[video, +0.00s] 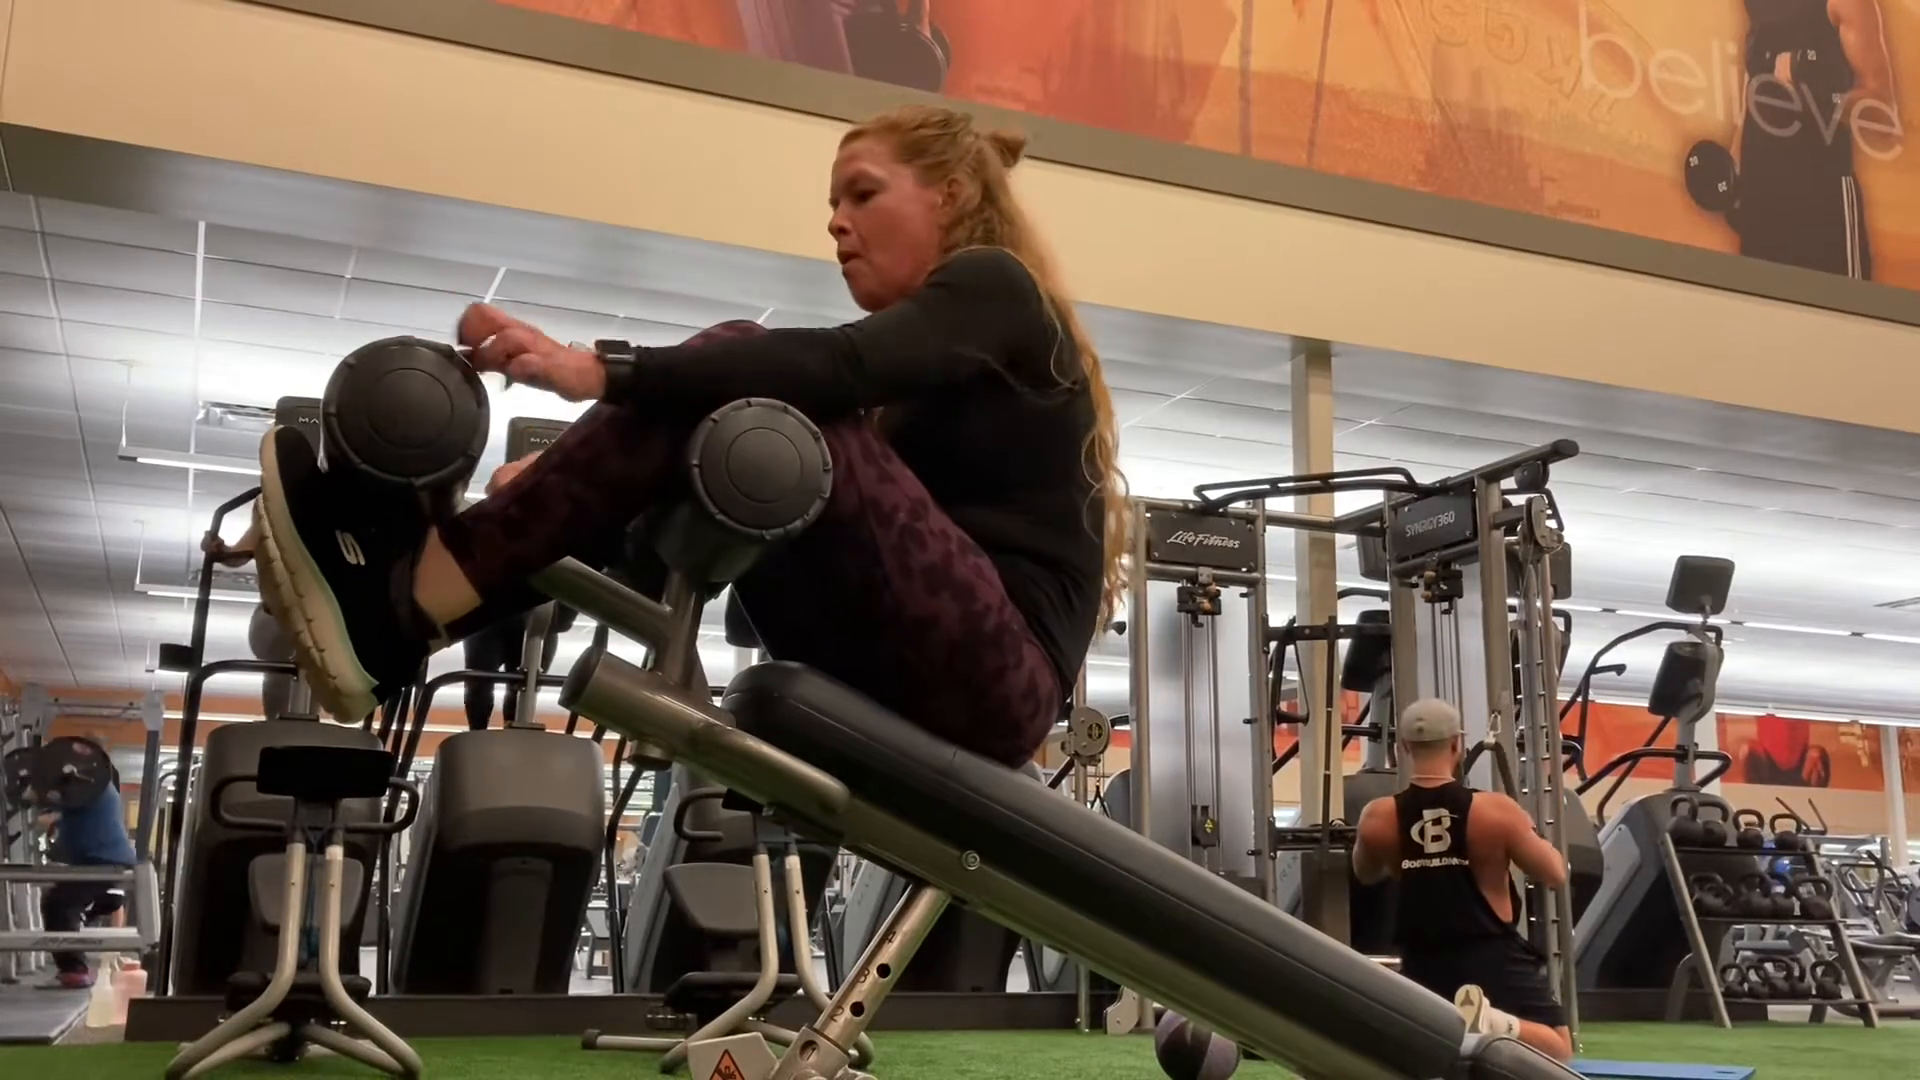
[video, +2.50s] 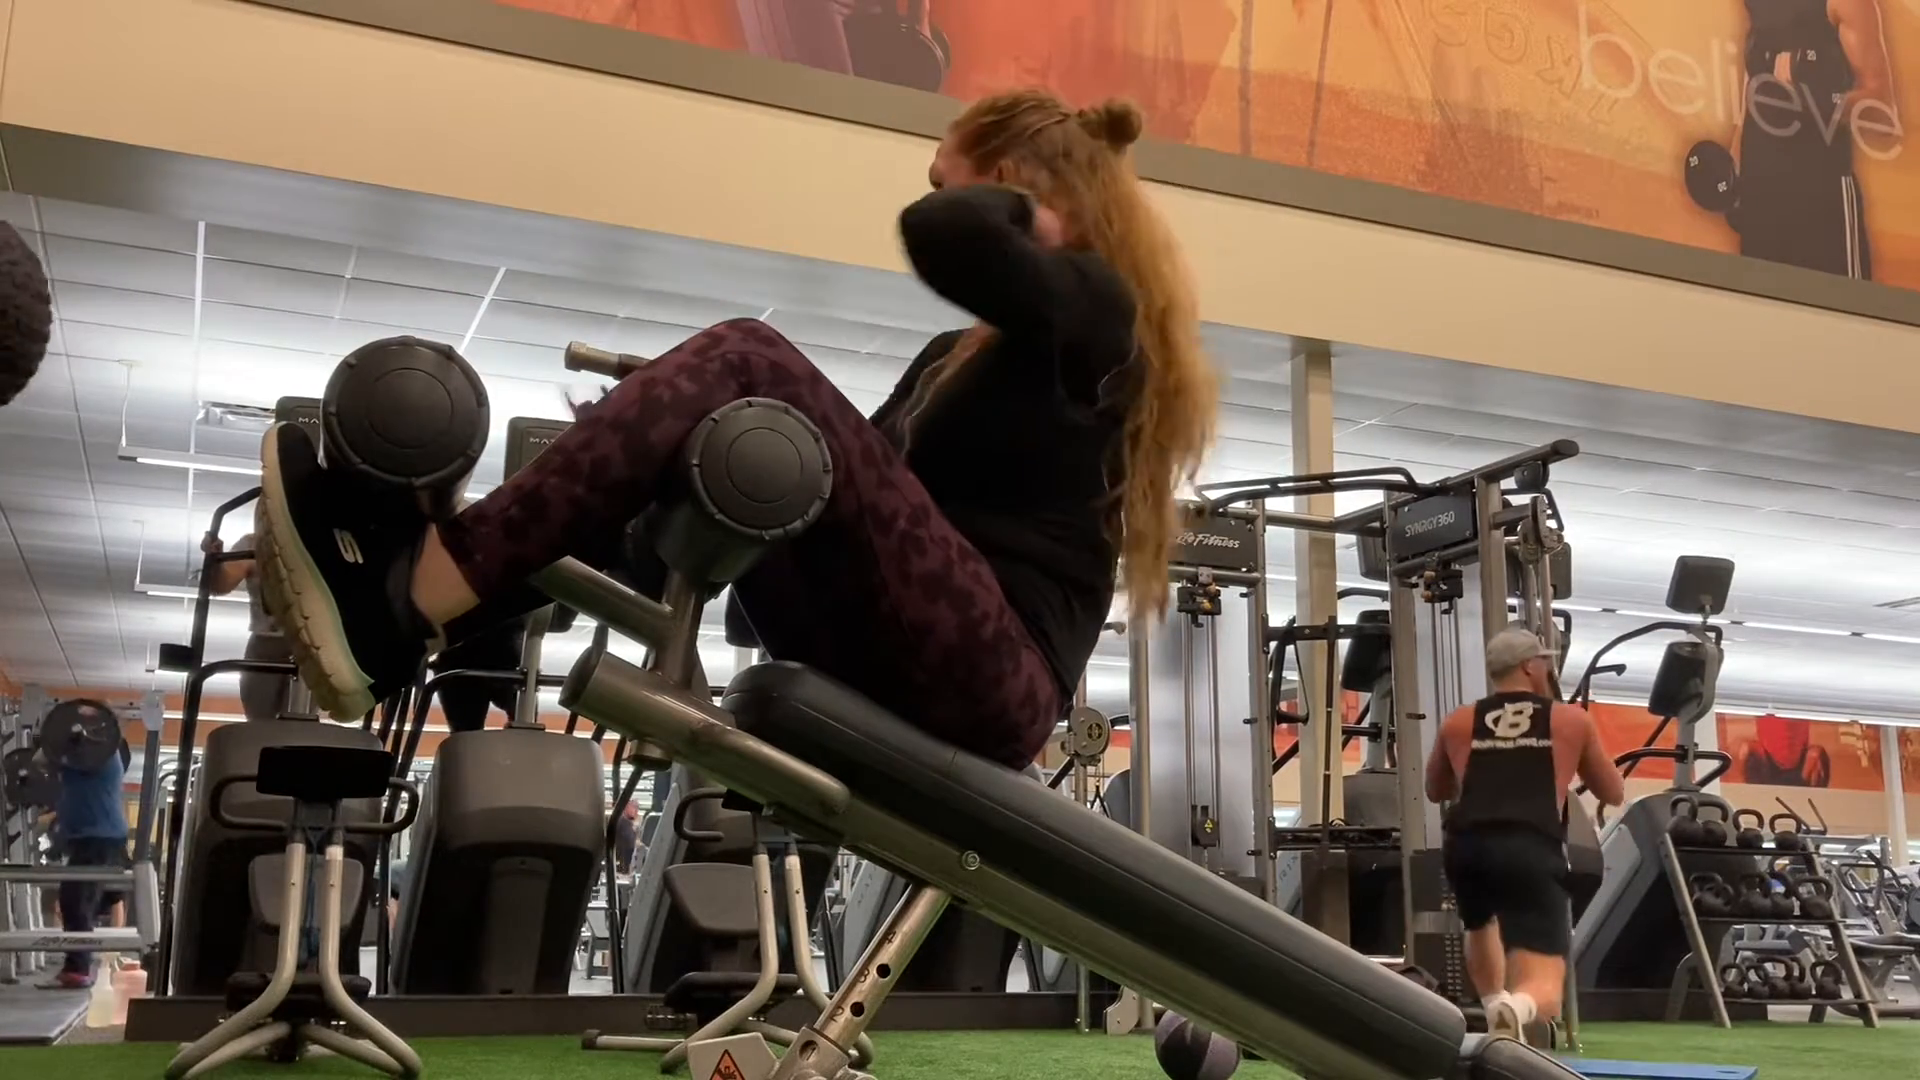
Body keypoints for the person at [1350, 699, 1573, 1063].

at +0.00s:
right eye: (1461, 740)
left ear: (1401, 750)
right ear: (1456, 745)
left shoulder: (1378, 817)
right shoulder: (1496, 811)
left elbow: (1365, 872)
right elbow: (1555, 874)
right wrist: (1528, 834)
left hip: (1421, 969)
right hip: (1495, 965)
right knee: (1561, 1049)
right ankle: (1493, 1021)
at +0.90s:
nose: (1475, 736)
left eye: (1473, 728)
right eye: (1473, 729)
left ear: (1421, 738)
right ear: (1464, 736)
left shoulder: (1389, 804)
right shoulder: (1504, 802)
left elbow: (1373, 870)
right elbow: (1560, 872)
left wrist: (1417, 840)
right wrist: (1541, 840)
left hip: (1421, 960)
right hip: (1492, 958)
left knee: (1434, 1053)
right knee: (1561, 1049)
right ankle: (1494, 1022)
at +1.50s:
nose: (1544, 715)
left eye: (1542, 706)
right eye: (1540, 707)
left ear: (1489, 715)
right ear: (1526, 713)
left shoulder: (1454, 781)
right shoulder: (1572, 777)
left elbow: (1433, 846)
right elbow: (1614, 844)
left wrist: (1476, 819)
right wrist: (1579, 808)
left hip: (1470, 930)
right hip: (1540, 933)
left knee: (1464, 1040)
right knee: (1566, 1051)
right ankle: (1503, 1019)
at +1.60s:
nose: (1556, 709)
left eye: (1554, 701)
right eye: (1553, 701)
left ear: (1500, 709)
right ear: (1539, 707)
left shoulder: (1465, 774)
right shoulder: (1587, 771)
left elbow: (1439, 835)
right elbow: (1622, 838)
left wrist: (1485, 805)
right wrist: (1586, 800)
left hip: (1478, 923)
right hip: (1550, 925)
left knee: (1453, 1029)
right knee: (1565, 1050)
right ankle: (1509, 1019)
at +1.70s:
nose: (1563, 704)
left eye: (1560, 697)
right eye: (1560, 697)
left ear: (1509, 707)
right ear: (1550, 705)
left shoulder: (1477, 769)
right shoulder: (1599, 768)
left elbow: (1441, 832)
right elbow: (1628, 834)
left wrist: (1478, 799)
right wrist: (1586, 801)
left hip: (1487, 906)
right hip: (1558, 916)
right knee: (1566, 1047)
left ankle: (1437, 995)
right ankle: (1511, 1019)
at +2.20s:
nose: (1564, 707)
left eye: (1563, 701)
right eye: (1561, 701)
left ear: (1510, 706)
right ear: (1547, 705)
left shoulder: (1473, 756)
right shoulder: (1591, 763)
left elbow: (1443, 803)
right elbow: (1619, 823)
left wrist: (1487, 793)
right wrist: (1592, 785)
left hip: (1481, 902)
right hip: (1550, 911)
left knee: (1464, 927)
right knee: (1565, 1048)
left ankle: (1492, 1029)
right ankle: (1526, 1018)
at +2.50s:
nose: (1549, 671)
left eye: (1547, 662)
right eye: (1545, 662)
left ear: (1495, 671)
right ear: (1528, 668)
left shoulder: (1458, 722)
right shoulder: (1573, 721)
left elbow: (1437, 789)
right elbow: (1613, 792)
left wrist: (1481, 768)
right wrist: (1582, 764)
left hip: (1467, 848)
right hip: (1531, 849)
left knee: (1478, 922)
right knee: (1542, 986)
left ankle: (1499, 1020)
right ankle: (1509, 1009)